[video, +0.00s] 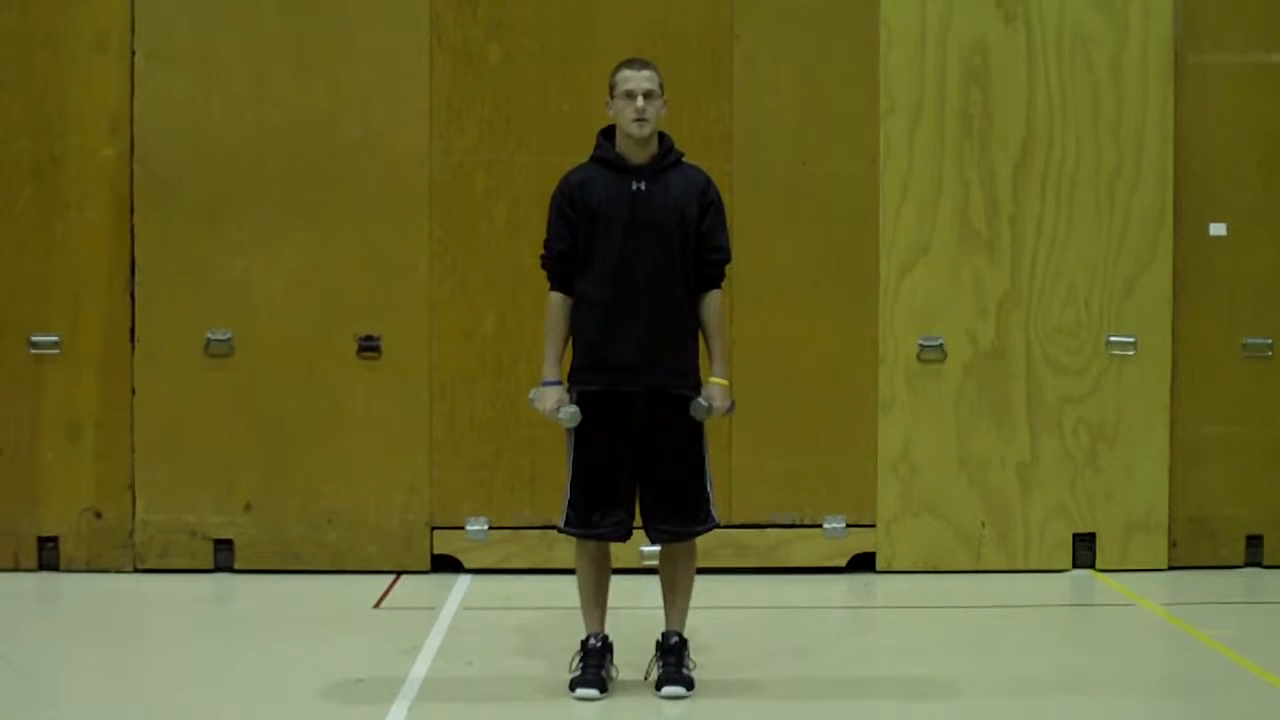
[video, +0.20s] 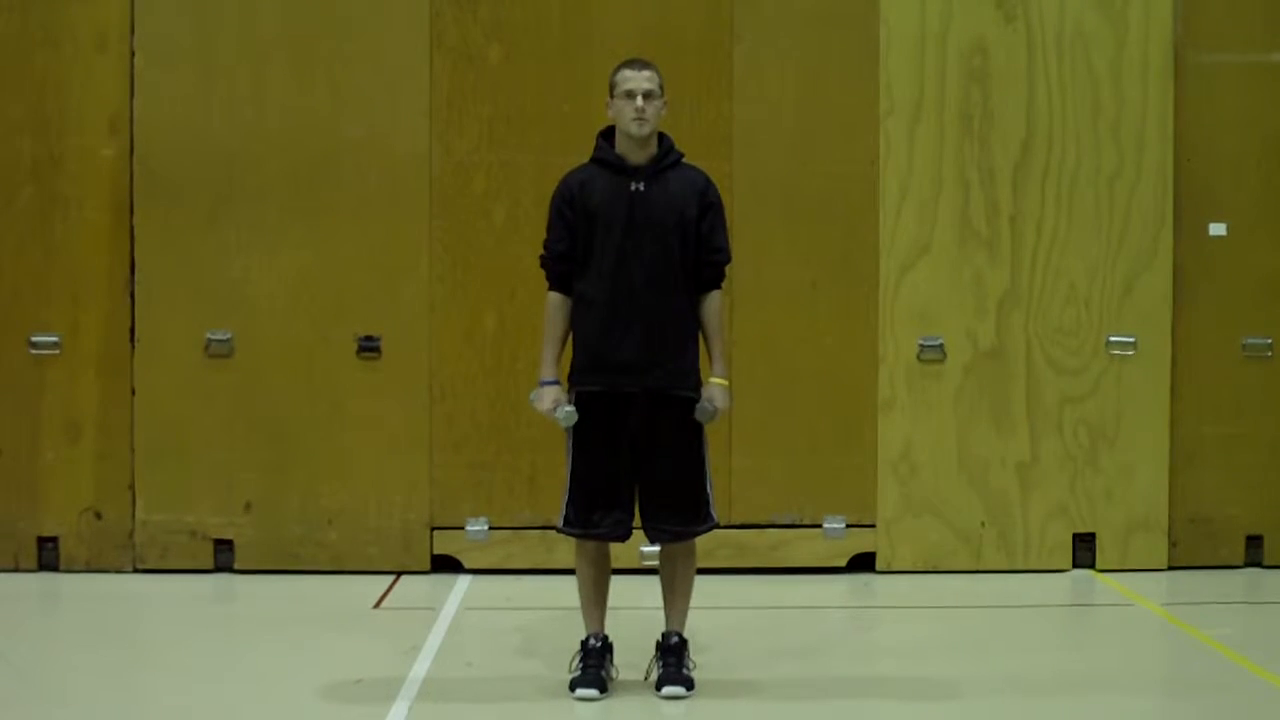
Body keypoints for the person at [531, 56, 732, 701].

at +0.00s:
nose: (640, 106)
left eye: (650, 96)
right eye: (629, 96)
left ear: (665, 106)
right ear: (610, 107)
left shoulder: (695, 187)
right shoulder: (578, 186)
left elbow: (710, 287)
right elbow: (560, 288)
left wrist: (719, 372)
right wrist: (551, 376)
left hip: (672, 383)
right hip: (597, 383)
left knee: (678, 523)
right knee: (593, 521)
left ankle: (673, 647)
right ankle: (594, 647)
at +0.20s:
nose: (640, 106)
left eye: (650, 96)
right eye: (629, 96)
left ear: (665, 108)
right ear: (609, 106)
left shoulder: (694, 187)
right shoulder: (578, 187)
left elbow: (711, 288)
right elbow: (560, 288)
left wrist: (718, 373)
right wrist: (548, 375)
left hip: (672, 383)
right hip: (597, 383)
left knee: (677, 523)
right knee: (592, 521)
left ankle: (673, 647)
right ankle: (593, 647)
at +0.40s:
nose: (638, 107)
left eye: (649, 98)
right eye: (628, 97)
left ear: (665, 108)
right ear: (609, 108)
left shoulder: (694, 188)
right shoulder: (578, 188)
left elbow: (710, 288)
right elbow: (559, 290)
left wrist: (717, 372)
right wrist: (548, 377)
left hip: (672, 384)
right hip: (597, 384)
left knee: (678, 524)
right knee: (593, 522)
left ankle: (673, 647)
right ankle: (593, 647)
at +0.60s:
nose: (636, 107)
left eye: (647, 97)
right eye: (626, 97)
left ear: (664, 108)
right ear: (609, 107)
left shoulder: (694, 188)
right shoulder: (578, 188)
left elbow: (710, 287)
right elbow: (560, 290)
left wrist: (718, 372)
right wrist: (551, 377)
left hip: (673, 383)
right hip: (596, 383)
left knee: (678, 524)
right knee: (593, 521)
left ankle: (673, 647)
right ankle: (593, 647)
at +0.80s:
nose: (635, 106)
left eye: (645, 97)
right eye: (624, 97)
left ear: (663, 107)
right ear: (608, 107)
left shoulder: (695, 188)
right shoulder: (578, 188)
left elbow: (711, 289)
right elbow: (560, 288)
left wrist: (720, 375)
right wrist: (553, 375)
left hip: (674, 383)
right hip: (597, 383)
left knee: (677, 523)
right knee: (592, 522)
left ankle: (673, 647)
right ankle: (594, 647)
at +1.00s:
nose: (637, 104)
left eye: (647, 94)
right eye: (626, 95)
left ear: (664, 106)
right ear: (609, 106)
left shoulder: (696, 187)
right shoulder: (578, 188)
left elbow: (711, 287)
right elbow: (561, 290)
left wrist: (720, 373)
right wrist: (553, 377)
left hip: (674, 384)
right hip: (597, 383)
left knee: (678, 523)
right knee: (594, 521)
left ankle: (674, 647)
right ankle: (594, 647)